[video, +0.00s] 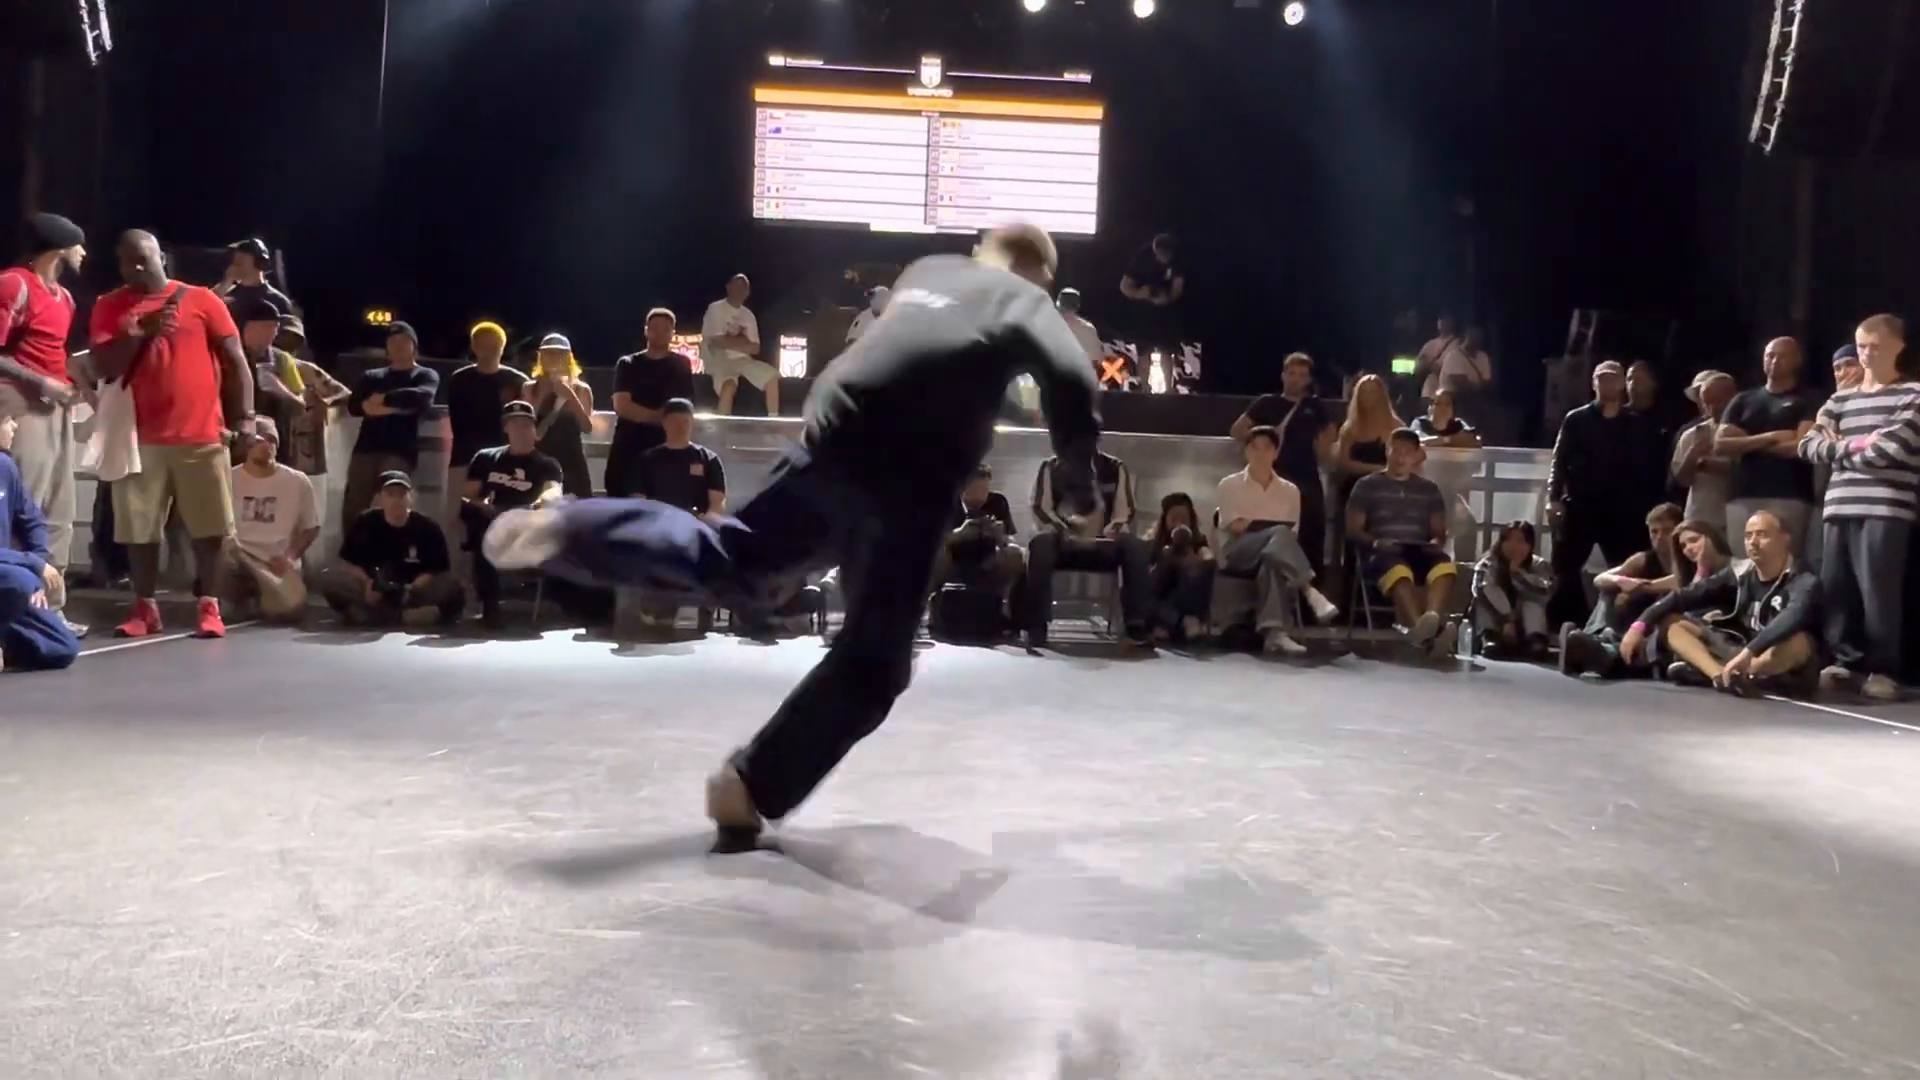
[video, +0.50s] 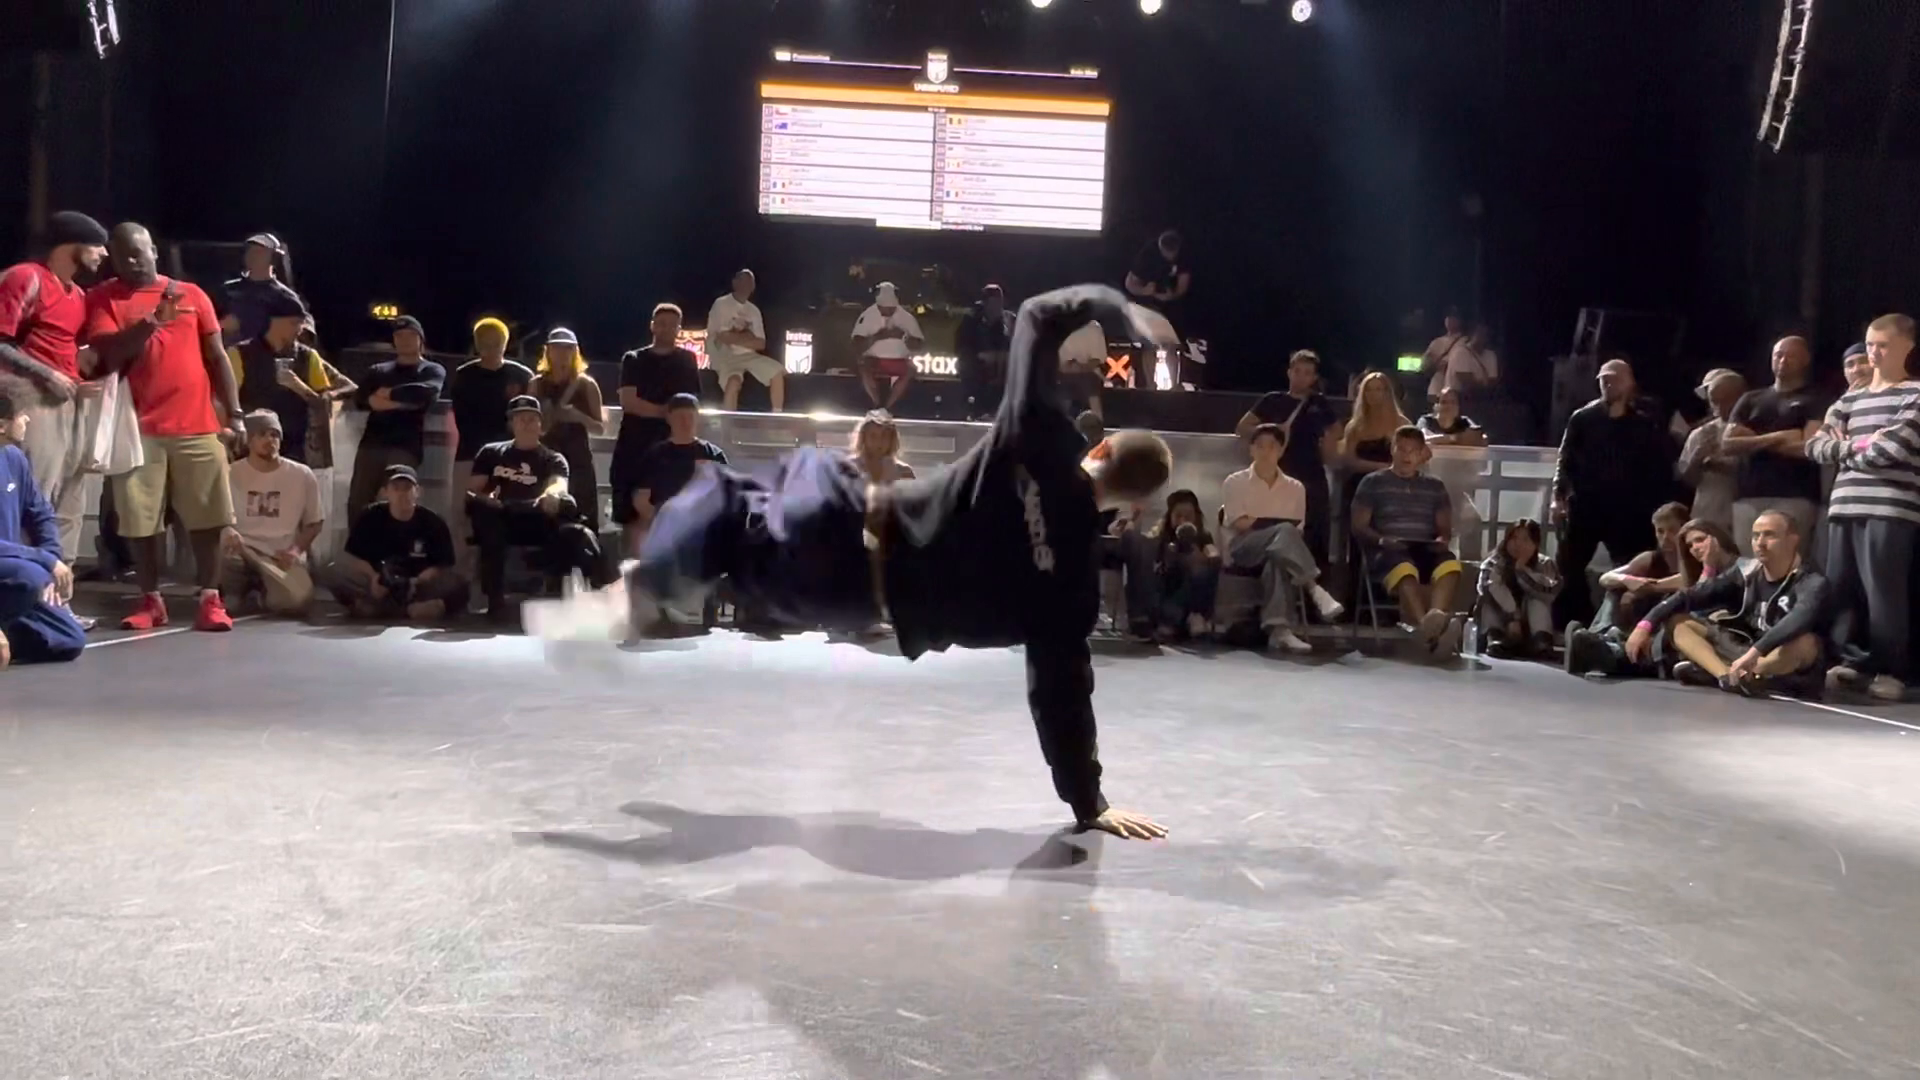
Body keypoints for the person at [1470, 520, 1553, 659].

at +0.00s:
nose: (1513, 546)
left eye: (1520, 542)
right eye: (1508, 540)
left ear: (1530, 547)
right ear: (1501, 543)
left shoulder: (1539, 565)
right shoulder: (1488, 564)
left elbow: (1546, 591)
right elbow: (1483, 589)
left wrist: (1517, 573)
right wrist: (1506, 619)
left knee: (1532, 599)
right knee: (1486, 597)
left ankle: (1536, 638)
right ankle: (1488, 638)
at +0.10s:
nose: (1514, 546)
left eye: (1521, 541)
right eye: (1509, 540)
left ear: (1531, 547)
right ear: (1502, 543)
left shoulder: (1541, 565)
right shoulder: (1489, 564)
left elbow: (1547, 591)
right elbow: (1484, 589)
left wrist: (1519, 573)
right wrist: (1507, 619)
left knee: (1533, 598)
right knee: (1487, 596)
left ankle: (1538, 637)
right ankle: (1490, 637)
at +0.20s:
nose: (1515, 545)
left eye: (1522, 541)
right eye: (1510, 539)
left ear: (1532, 545)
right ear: (1503, 542)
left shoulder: (1542, 565)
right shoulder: (1490, 563)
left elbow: (1547, 591)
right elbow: (1485, 588)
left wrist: (1520, 572)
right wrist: (1508, 618)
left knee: (1534, 597)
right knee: (1489, 595)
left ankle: (1539, 637)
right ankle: (1491, 637)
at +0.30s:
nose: (1516, 545)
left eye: (1523, 540)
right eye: (1511, 539)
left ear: (1533, 545)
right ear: (1504, 542)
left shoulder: (1543, 565)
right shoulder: (1491, 563)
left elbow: (1548, 591)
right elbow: (1486, 588)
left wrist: (1521, 572)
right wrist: (1509, 618)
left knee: (1535, 597)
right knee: (1489, 596)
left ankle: (1540, 637)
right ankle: (1492, 637)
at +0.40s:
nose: (1517, 545)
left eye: (1524, 540)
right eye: (1512, 539)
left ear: (1534, 545)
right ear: (1505, 542)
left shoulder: (1544, 565)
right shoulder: (1492, 563)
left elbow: (1550, 591)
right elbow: (1487, 588)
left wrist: (1521, 572)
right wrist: (1510, 617)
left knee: (1536, 596)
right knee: (1490, 596)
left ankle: (1541, 636)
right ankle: (1493, 637)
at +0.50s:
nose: (1518, 544)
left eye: (1525, 540)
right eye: (1513, 538)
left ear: (1535, 546)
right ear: (1506, 541)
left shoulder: (1545, 564)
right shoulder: (1494, 562)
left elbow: (1551, 591)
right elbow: (1488, 586)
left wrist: (1522, 570)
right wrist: (1512, 616)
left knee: (1536, 598)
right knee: (1488, 597)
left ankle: (1542, 639)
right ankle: (1494, 638)